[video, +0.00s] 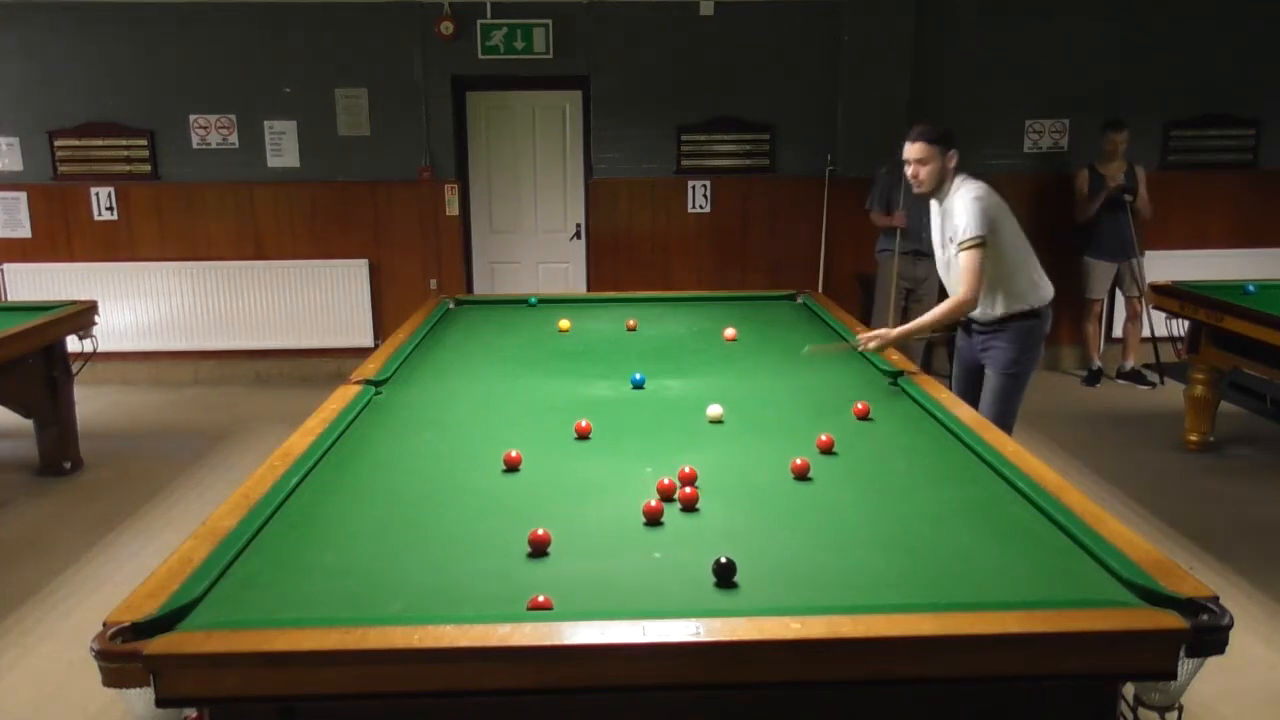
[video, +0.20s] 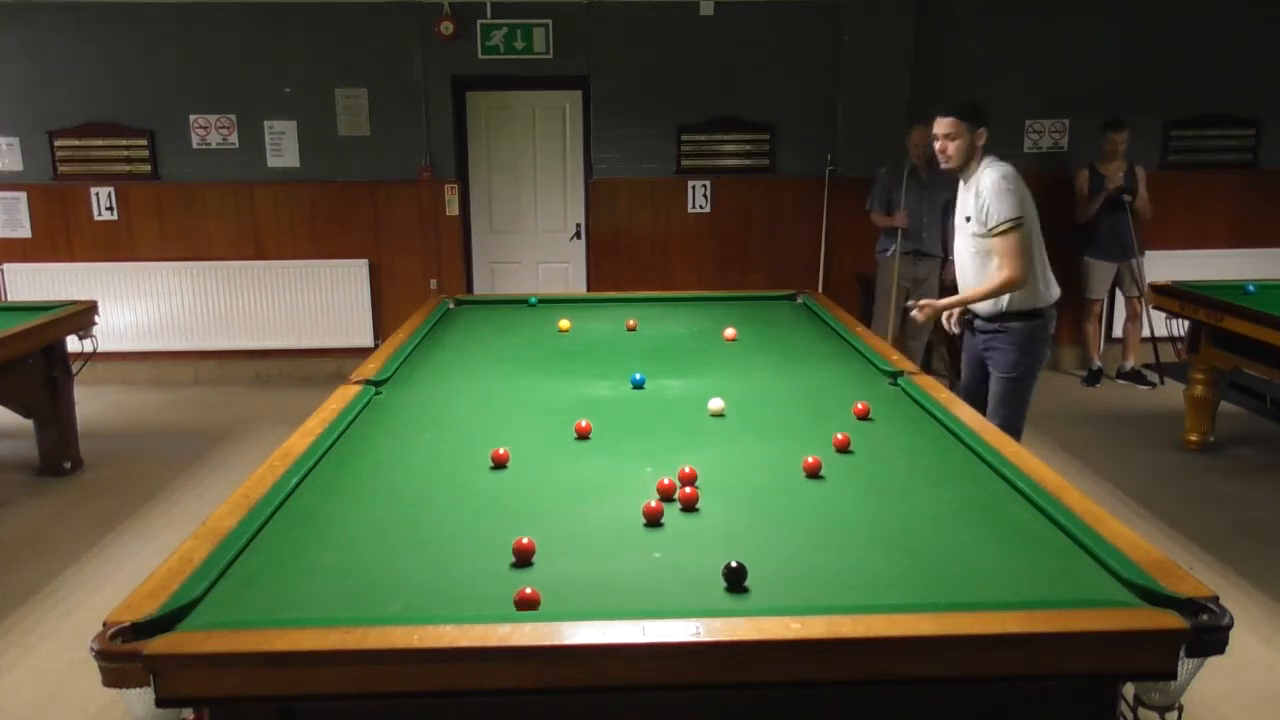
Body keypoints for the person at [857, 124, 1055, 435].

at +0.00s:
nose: (911, 172)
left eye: (921, 163)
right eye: (907, 163)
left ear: (951, 161)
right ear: (903, 163)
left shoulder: (971, 200)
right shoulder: (937, 201)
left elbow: (968, 297)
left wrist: (896, 334)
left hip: (1014, 327)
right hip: (972, 326)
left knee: (990, 436)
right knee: (958, 426)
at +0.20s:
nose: (939, 147)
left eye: (950, 138)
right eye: (937, 138)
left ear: (979, 138)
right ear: (933, 139)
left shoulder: (997, 181)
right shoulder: (968, 183)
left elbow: (1015, 274)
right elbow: (983, 259)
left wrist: (943, 304)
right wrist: (961, 303)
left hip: (1016, 330)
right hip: (980, 326)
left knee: (999, 441)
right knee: (966, 428)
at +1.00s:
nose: (981, 138)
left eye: (991, 128)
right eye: (978, 129)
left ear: (1020, 128)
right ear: (976, 129)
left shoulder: (1042, 176)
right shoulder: (978, 177)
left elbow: (1055, 260)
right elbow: (973, 243)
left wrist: (979, 267)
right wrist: (953, 279)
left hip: (1016, 319)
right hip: (973, 315)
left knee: (1005, 425)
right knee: (980, 419)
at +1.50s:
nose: (997, 138)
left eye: (1005, 130)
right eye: (994, 130)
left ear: (1032, 127)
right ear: (994, 131)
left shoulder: (1059, 174)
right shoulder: (987, 174)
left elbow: (1061, 254)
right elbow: (970, 247)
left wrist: (992, 239)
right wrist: (956, 220)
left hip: (1026, 310)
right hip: (981, 308)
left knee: (1017, 421)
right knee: (985, 417)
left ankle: (1038, 512)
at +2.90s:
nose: (961, 140)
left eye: (969, 133)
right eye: (957, 133)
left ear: (993, 128)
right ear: (953, 131)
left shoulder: (1015, 170)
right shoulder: (946, 165)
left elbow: (1014, 242)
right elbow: (931, 230)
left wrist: (956, 228)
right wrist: (931, 203)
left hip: (990, 291)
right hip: (946, 290)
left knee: (987, 389)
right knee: (953, 384)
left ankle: (991, 470)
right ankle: (953, 467)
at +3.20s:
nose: (961, 139)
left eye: (969, 131)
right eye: (956, 131)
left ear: (991, 128)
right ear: (952, 131)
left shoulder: (1012, 171)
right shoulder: (941, 168)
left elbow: (1022, 240)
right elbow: (926, 219)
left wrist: (979, 279)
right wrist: (921, 256)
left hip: (986, 289)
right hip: (940, 287)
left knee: (977, 383)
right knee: (944, 379)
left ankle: (970, 458)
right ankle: (942, 453)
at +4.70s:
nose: (915, 169)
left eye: (923, 162)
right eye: (910, 162)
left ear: (941, 157)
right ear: (905, 158)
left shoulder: (956, 182)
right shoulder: (916, 199)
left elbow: (967, 233)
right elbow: (916, 257)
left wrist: (913, 265)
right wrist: (904, 307)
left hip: (967, 298)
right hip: (926, 298)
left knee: (947, 380)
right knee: (913, 378)